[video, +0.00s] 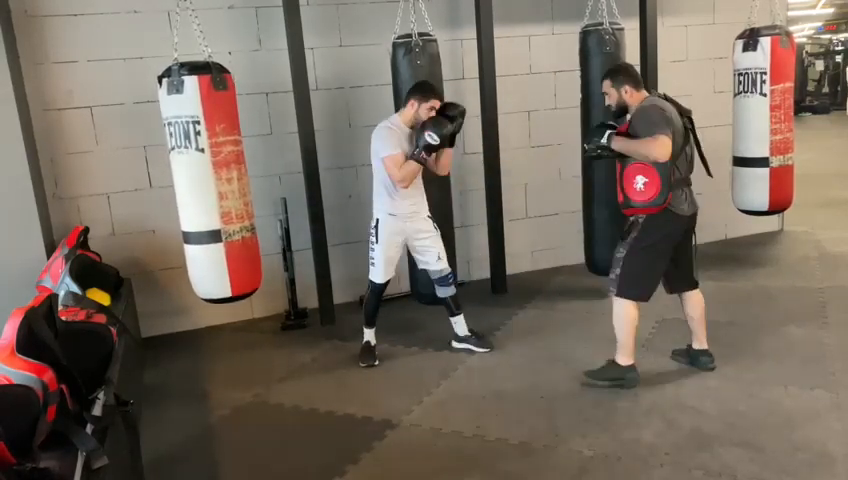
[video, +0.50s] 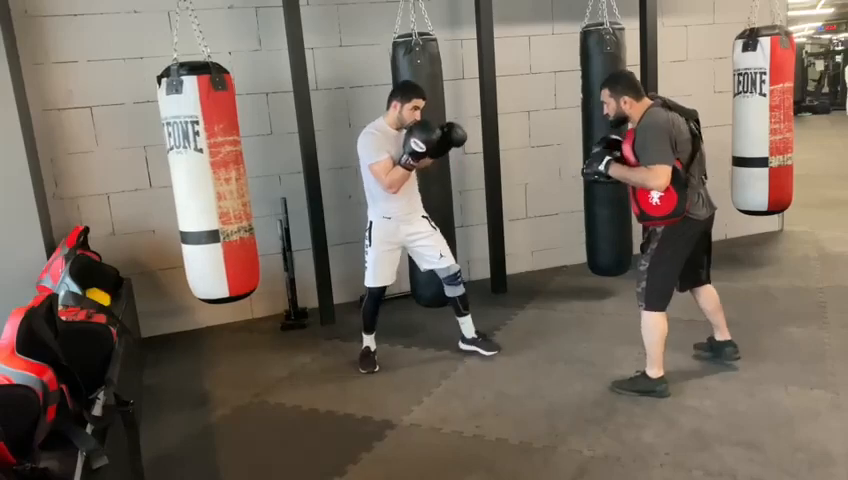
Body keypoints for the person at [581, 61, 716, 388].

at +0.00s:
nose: (607, 101)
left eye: (609, 93)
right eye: (606, 94)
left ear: (625, 89)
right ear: (634, 89)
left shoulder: (647, 111)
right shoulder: (662, 107)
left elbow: (660, 151)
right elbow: (660, 153)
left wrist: (612, 140)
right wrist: (615, 140)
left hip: (660, 214)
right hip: (682, 212)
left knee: (624, 286)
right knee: (685, 282)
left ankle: (624, 364)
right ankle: (700, 350)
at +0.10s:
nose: (607, 102)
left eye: (609, 94)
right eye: (606, 95)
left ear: (626, 90)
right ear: (635, 89)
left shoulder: (647, 114)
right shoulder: (663, 107)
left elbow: (659, 154)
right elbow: (659, 154)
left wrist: (611, 143)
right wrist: (614, 142)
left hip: (664, 217)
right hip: (687, 212)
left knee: (639, 295)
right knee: (692, 284)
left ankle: (650, 371)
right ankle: (701, 350)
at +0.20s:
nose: (601, 107)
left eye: (602, 100)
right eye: (600, 101)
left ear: (619, 95)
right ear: (628, 93)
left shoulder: (644, 120)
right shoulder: (658, 110)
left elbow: (650, 165)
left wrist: (604, 154)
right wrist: (616, 147)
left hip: (667, 220)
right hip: (689, 214)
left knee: (648, 297)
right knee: (691, 286)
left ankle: (653, 375)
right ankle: (701, 350)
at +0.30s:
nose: (597, 115)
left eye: (598, 108)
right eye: (595, 109)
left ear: (615, 104)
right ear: (624, 100)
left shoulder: (641, 128)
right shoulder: (655, 114)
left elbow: (644, 180)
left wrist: (599, 167)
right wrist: (617, 154)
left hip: (672, 222)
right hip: (694, 214)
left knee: (647, 298)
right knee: (690, 284)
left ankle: (652, 376)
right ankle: (702, 347)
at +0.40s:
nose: (599, 116)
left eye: (599, 109)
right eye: (597, 110)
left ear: (616, 106)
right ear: (627, 101)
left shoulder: (644, 130)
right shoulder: (656, 117)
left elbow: (650, 185)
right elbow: (663, 167)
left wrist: (605, 174)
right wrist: (619, 158)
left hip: (673, 223)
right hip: (695, 215)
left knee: (647, 298)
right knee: (689, 280)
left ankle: (653, 376)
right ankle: (712, 344)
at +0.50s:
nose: (605, 111)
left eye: (606, 103)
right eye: (603, 104)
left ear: (624, 101)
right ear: (632, 97)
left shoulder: (652, 124)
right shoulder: (662, 113)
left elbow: (658, 179)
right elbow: (667, 164)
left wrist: (610, 168)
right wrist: (625, 152)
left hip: (675, 222)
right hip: (697, 215)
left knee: (651, 296)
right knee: (697, 280)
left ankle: (653, 376)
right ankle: (724, 342)